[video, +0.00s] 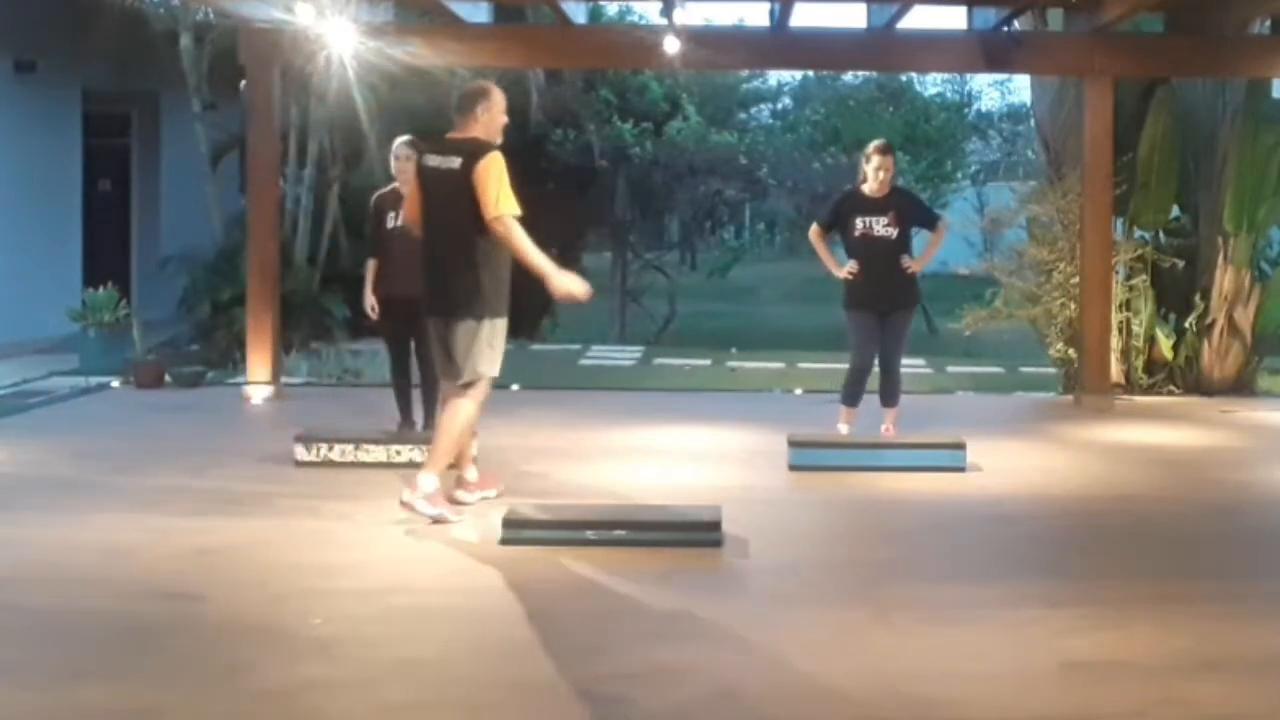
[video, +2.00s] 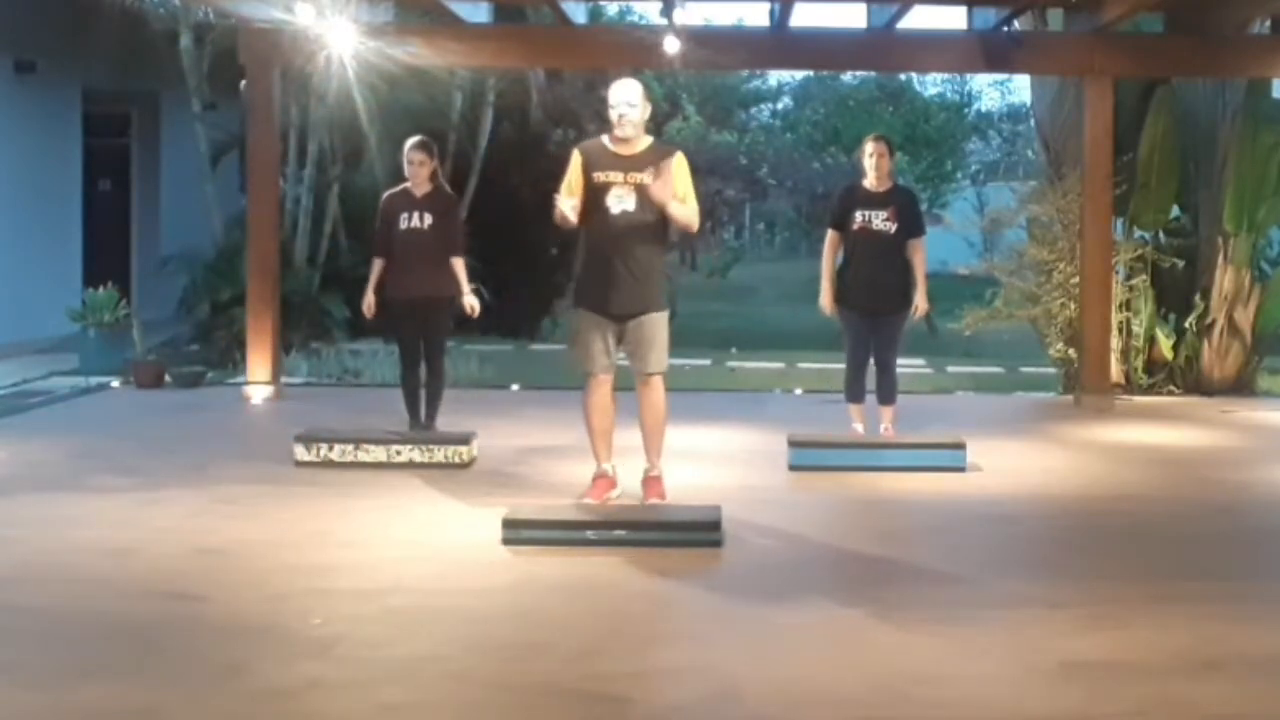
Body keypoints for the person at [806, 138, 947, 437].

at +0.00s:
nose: (884, 175)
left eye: (889, 169)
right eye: (879, 169)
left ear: (895, 170)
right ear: (866, 168)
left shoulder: (904, 200)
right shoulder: (848, 200)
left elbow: (940, 228)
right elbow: (815, 233)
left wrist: (922, 262)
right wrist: (836, 268)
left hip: (899, 289)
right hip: (862, 289)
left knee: (890, 360)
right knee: (863, 357)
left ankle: (889, 426)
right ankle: (845, 424)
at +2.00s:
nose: (875, 160)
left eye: (881, 155)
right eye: (870, 155)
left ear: (891, 160)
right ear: (863, 160)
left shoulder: (905, 199)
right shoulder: (849, 195)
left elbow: (916, 247)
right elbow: (832, 242)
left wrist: (921, 290)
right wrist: (826, 287)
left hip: (893, 291)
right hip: (854, 289)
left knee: (886, 359)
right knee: (856, 357)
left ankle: (887, 424)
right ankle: (858, 424)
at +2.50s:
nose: (877, 162)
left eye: (882, 156)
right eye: (871, 156)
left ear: (892, 160)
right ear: (864, 160)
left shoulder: (907, 198)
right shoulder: (850, 196)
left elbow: (920, 246)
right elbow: (833, 242)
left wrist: (930, 288)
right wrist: (827, 286)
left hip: (894, 292)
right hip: (855, 291)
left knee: (887, 359)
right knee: (856, 358)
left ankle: (887, 425)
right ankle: (857, 424)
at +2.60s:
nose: (877, 163)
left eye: (882, 157)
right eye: (872, 157)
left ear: (893, 161)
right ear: (865, 161)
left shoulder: (908, 198)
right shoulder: (851, 196)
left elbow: (921, 246)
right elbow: (834, 242)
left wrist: (930, 288)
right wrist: (829, 287)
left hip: (894, 292)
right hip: (856, 291)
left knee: (887, 360)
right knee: (857, 358)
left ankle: (888, 425)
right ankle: (858, 425)